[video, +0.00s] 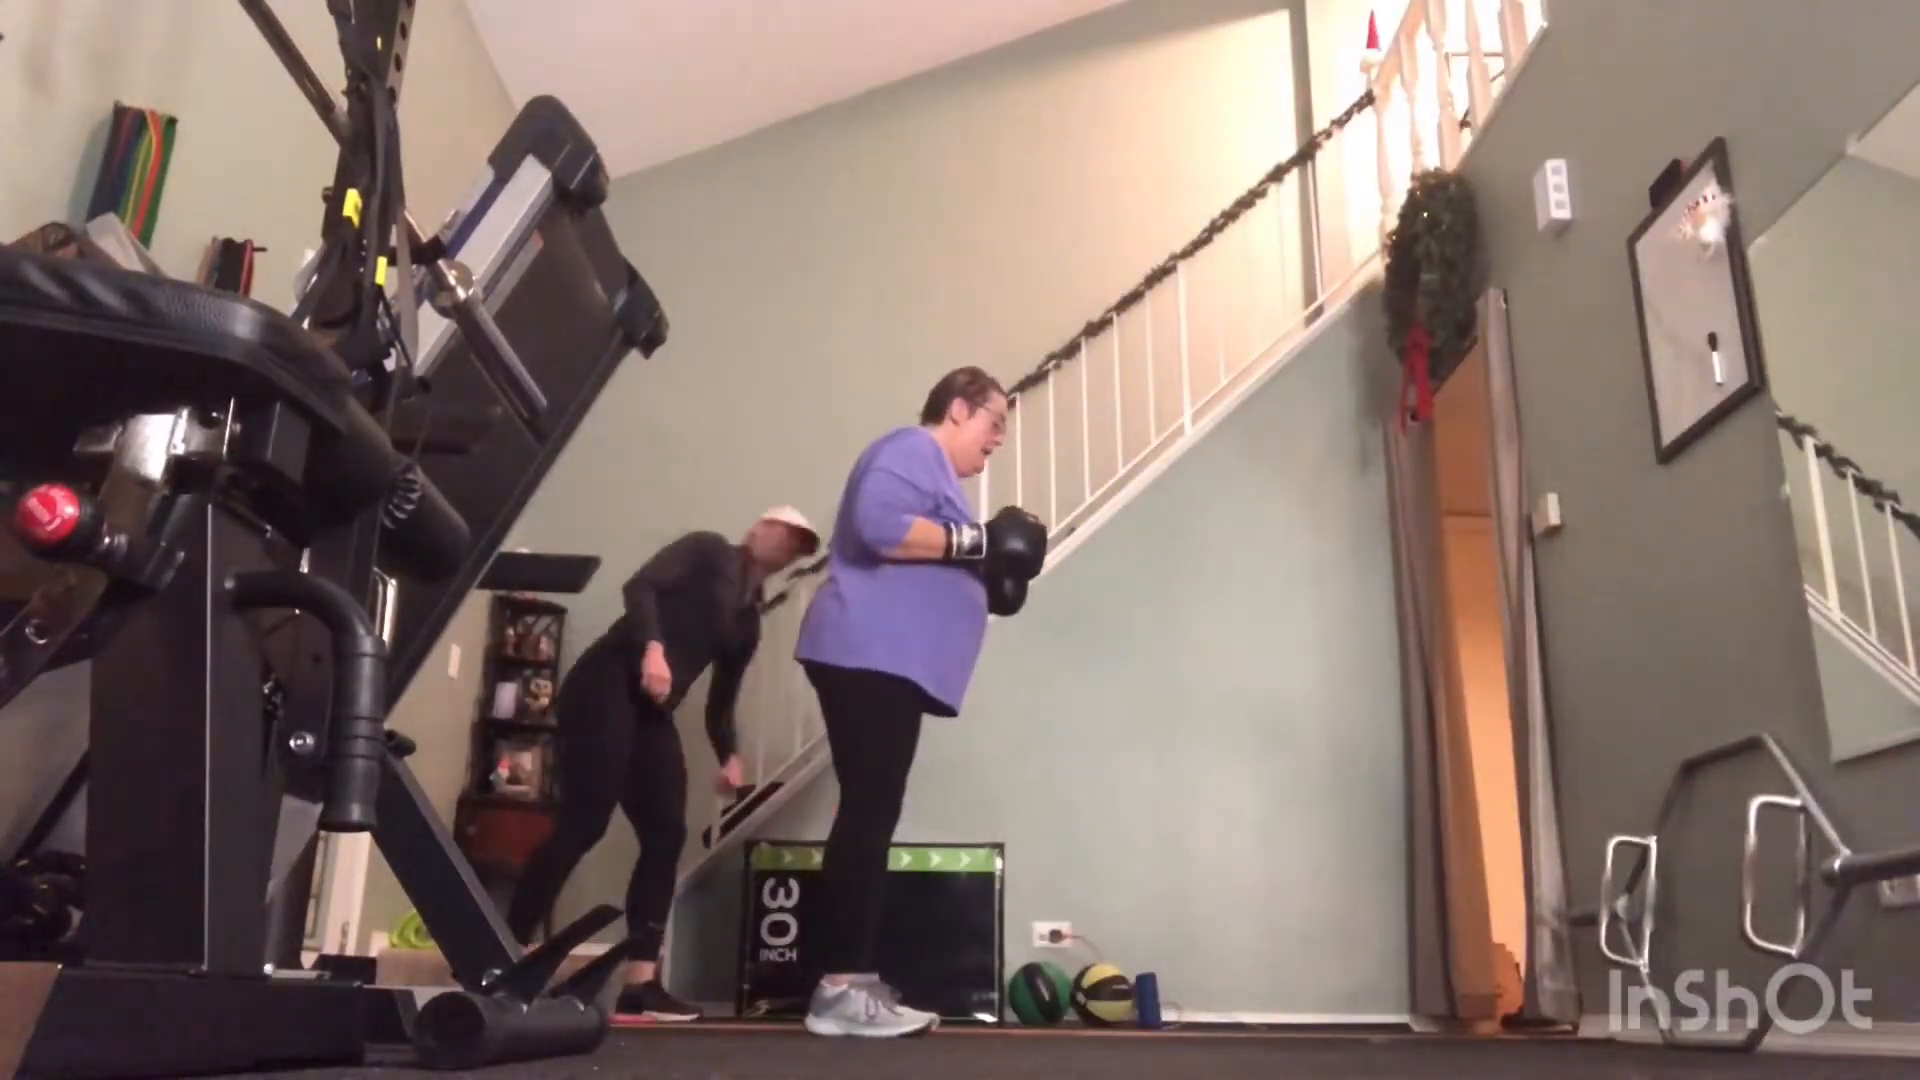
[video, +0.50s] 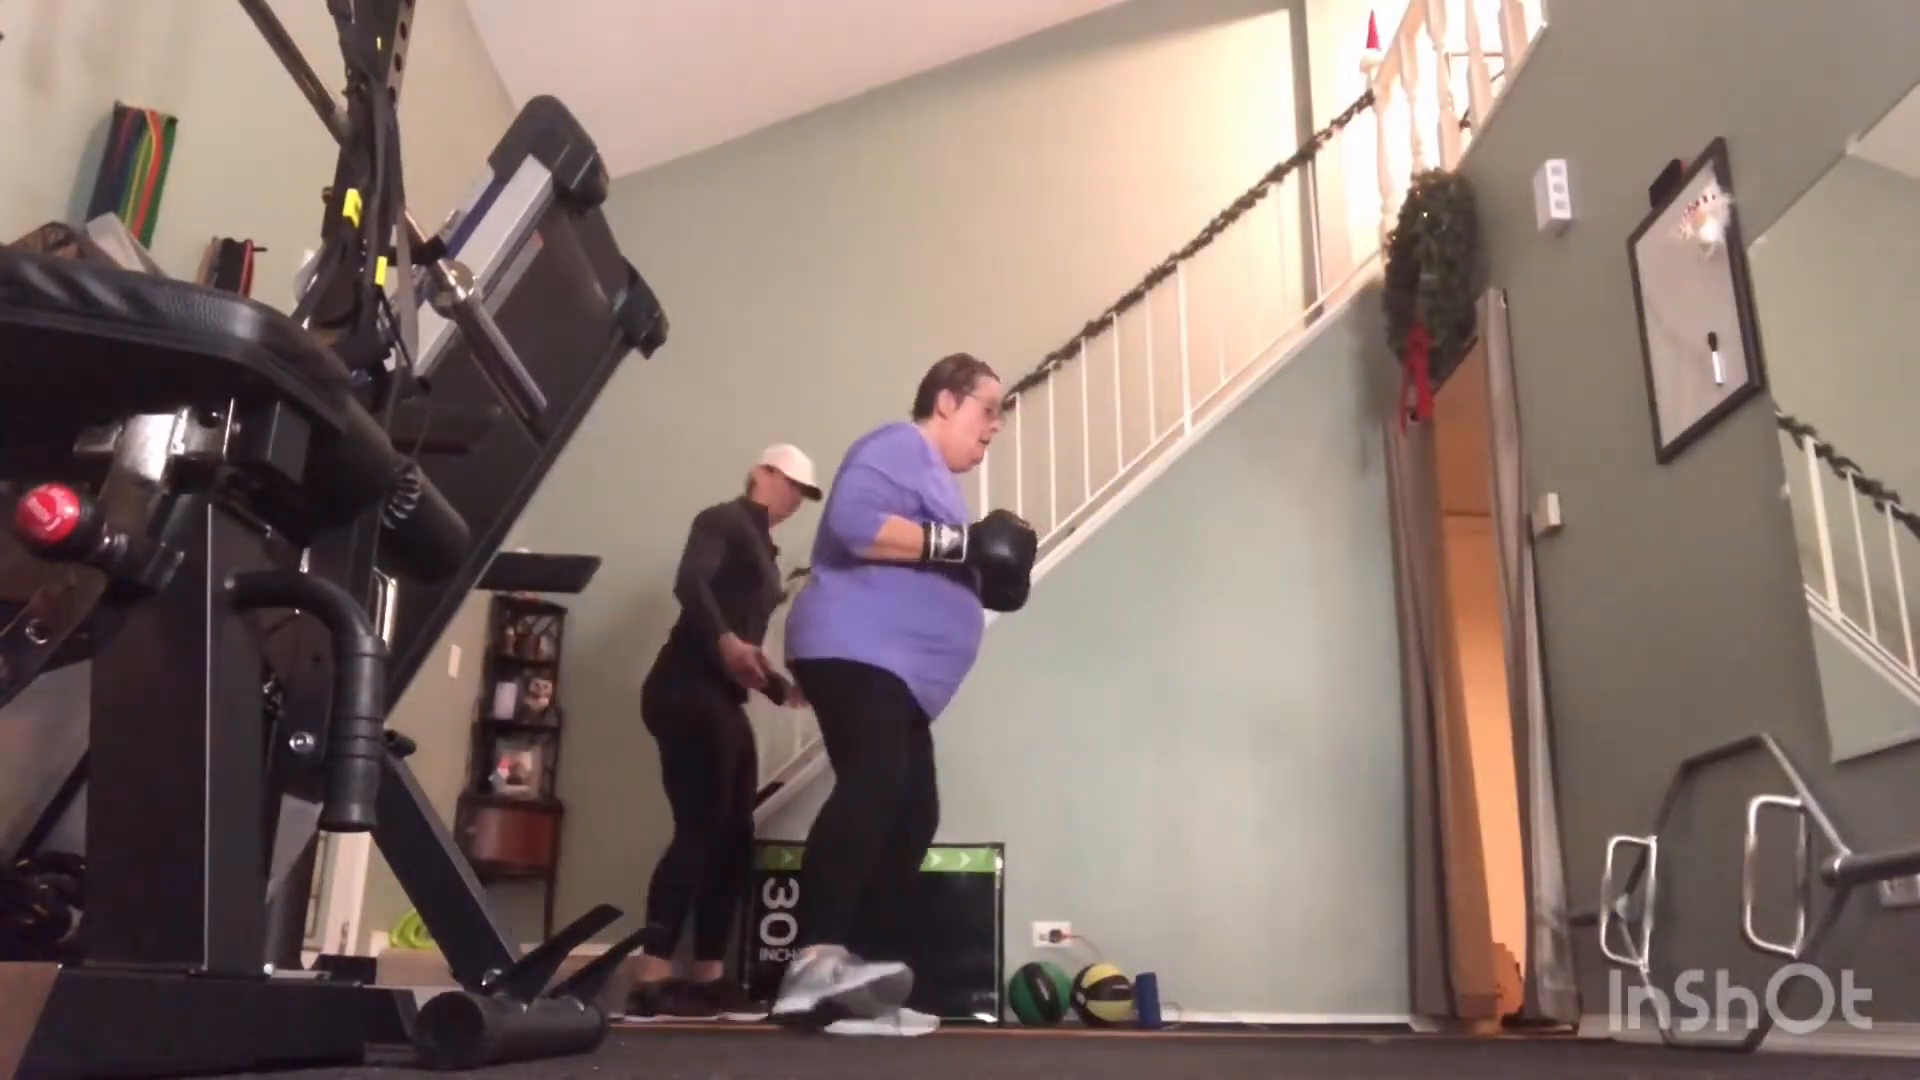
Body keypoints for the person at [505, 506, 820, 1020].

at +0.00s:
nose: (788, 547)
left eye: (798, 545)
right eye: (784, 532)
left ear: (795, 559)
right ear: (756, 528)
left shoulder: (747, 624)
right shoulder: (708, 548)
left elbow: (721, 701)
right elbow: (639, 586)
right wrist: (652, 646)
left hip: (652, 712)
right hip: (605, 686)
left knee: (665, 834)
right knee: (584, 820)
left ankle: (640, 980)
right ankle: (516, 944)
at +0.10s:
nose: (718, 509)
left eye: (724, 502)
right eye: (713, 495)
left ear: (715, 509)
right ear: (679, 486)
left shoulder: (688, 576)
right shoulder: (629, 525)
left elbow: (661, 657)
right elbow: (576, 582)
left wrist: (683, 714)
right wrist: (586, 651)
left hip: (619, 709)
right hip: (567, 694)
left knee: (644, 833)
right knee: (554, 828)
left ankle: (636, 979)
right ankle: (490, 953)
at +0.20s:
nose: (714, 509)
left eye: (721, 503)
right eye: (710, 495)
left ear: (715, 507)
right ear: (679, 482)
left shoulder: (687, 569)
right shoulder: (631, 523)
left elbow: (666, 647)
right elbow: (585, 580)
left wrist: (683, 693)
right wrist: (573, 650)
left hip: (634, 708)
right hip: (586, 692)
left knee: (649, 836)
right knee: (563, 828)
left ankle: (634, 978)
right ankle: (492, 950)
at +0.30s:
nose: (759, 512)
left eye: (766, 506)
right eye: (754, 498)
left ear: (763, 514)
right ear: (724, 490)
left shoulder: (730, 575)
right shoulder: (674, 533)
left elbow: (715, 654)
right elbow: (627, 594)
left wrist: (736, 710)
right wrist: (658, 653)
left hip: (675, 704)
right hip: (630, 691)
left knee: (677, 831)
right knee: (666, 820)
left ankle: (638, 974)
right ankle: (608, 945)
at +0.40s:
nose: (769, 486)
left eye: (774, 480)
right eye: (761, 473)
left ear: (768, 490)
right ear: (729, 473)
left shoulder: (744, 555)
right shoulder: (695, 517)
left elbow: (718, 642)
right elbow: (655, 580)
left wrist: (761, 696)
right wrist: (686, 629)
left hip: (697, 694)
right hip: (660, 683)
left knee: (713, 832)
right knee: (681, 822)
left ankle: (648, 966)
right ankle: (648, 974)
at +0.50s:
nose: (797, 500)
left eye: (803, 492)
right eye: (792, 485)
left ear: (794, 497)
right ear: (761, 477)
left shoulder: (765, 550)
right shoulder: (724, 519)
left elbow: (739, 639)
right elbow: (691, 582)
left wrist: (773, 682)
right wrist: (725, 642)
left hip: (722, 696)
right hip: (686, 687)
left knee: (733, 832)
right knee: (701, 826)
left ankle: (706, 973)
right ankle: (653, 971)